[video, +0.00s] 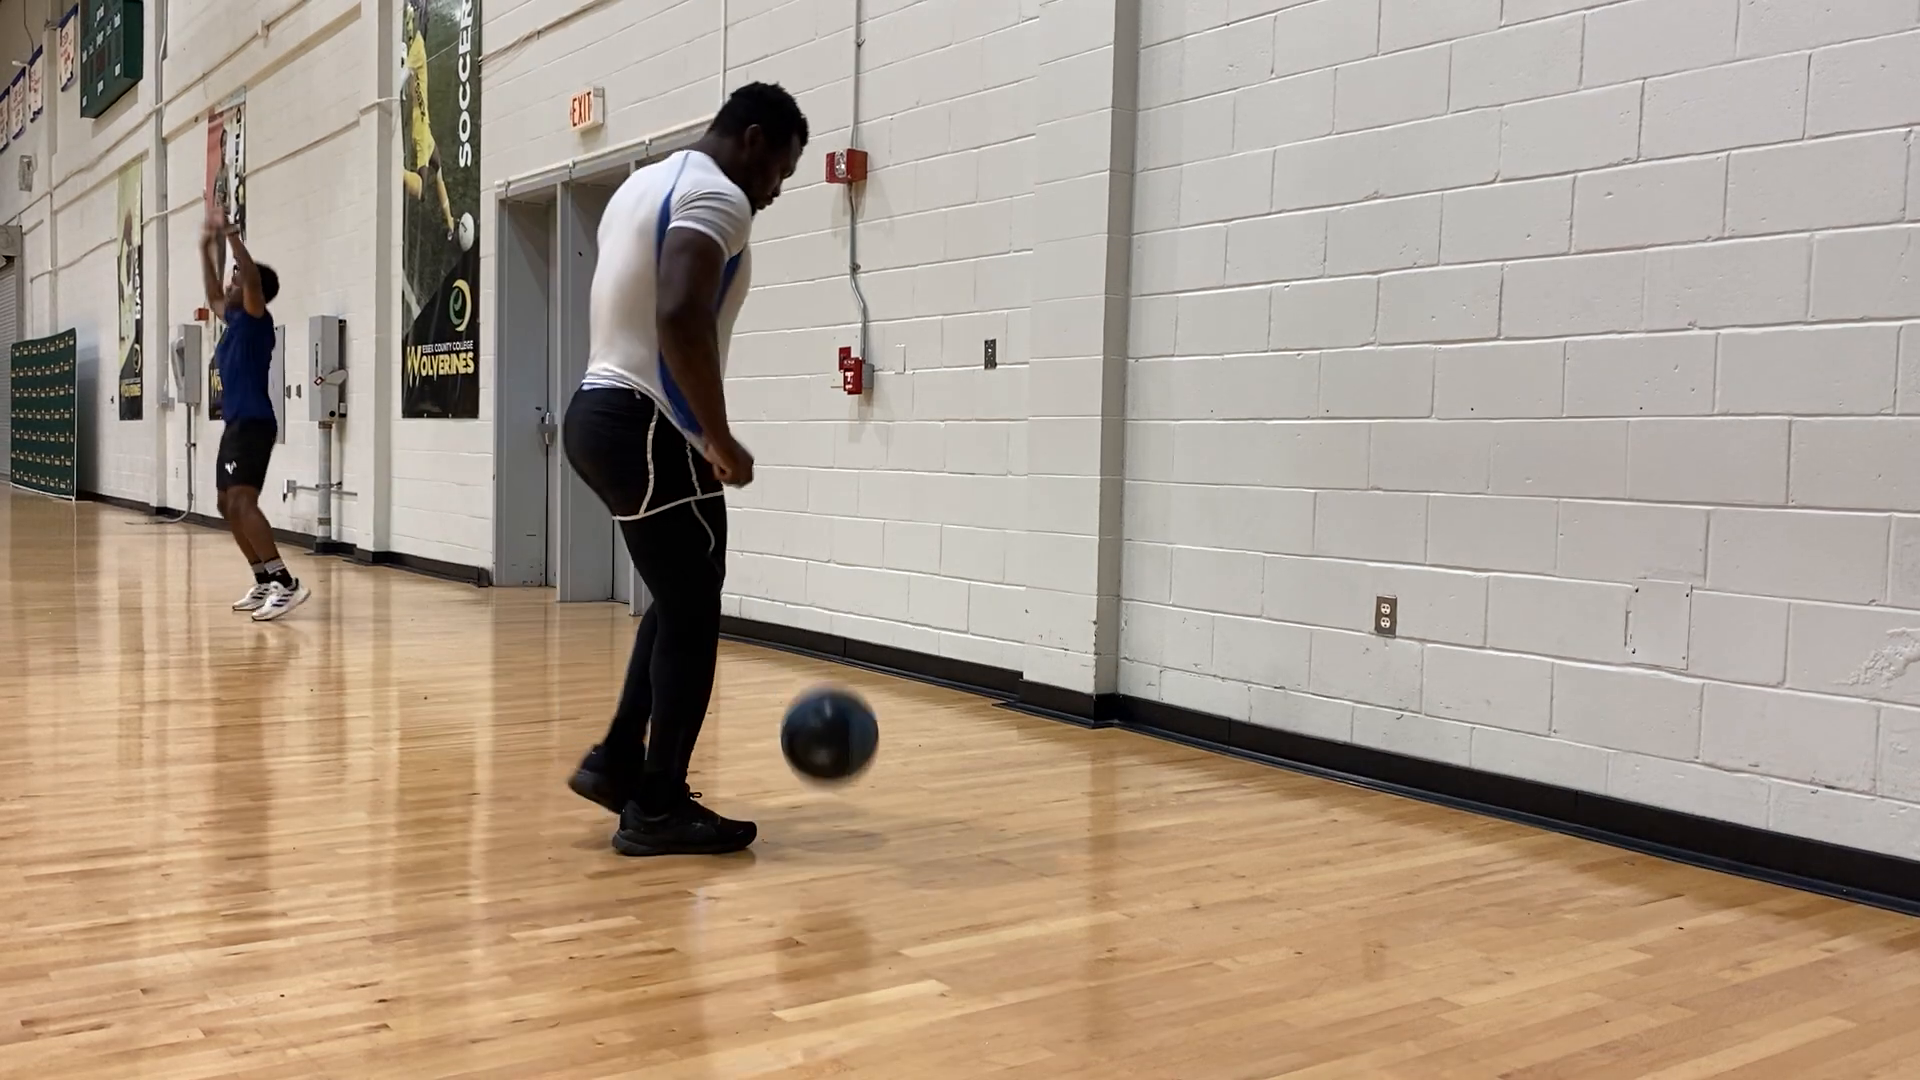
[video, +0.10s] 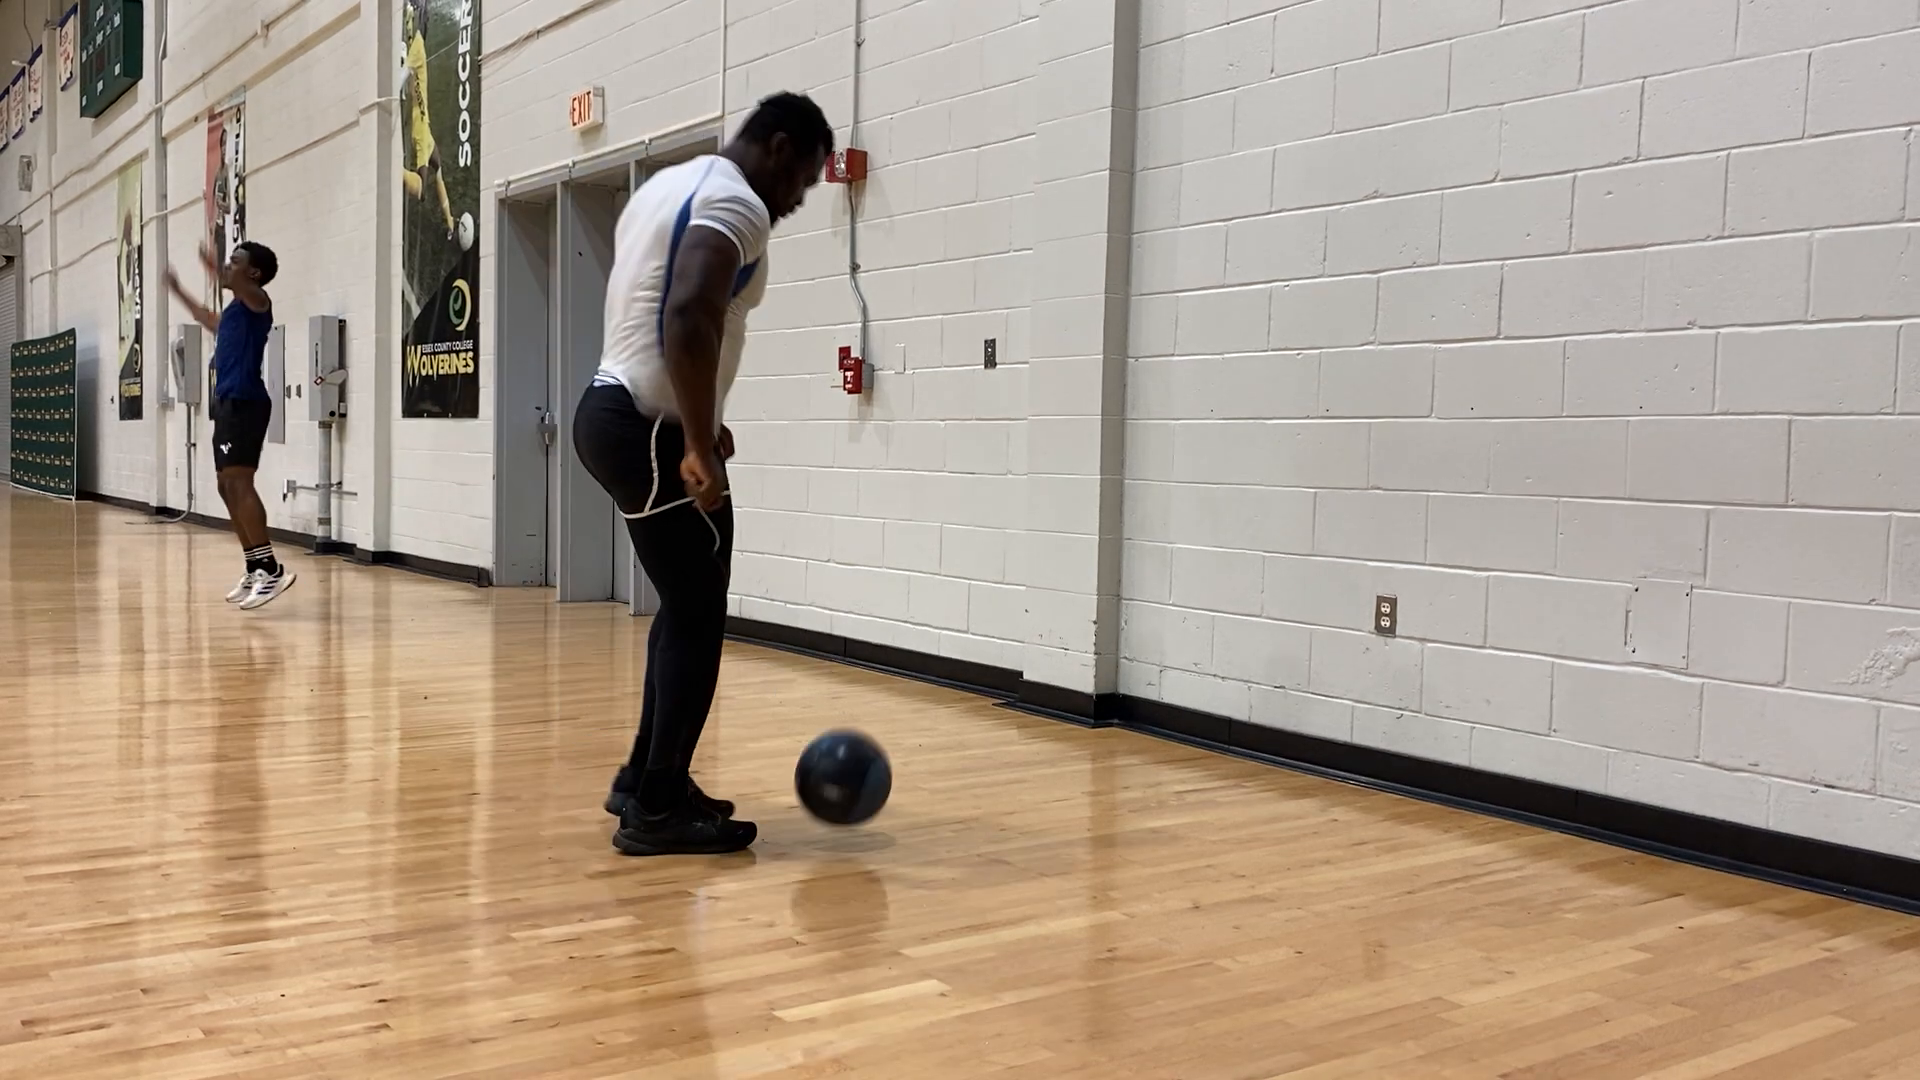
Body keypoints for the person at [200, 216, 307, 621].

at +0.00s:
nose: (230, 280)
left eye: (238, 276)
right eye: (232, 274)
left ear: (255, 289)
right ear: (234, 286)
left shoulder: (255, 320)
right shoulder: (233, 320)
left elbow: (250, 276)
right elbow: (214, 293)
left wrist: (231, 234)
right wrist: (207, 245)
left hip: (254, 424)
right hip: (235, 425)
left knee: (243, 502)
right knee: (227, 505)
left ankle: (284, 583)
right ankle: (263, 581)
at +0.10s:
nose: (227, 267)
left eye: (235, 262)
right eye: (228, 262)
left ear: (254, 272)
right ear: (234, 270)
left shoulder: (257, 303)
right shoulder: (232, 312)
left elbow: (241, 287)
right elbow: (209, 320)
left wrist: (215, 268)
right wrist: (177, 289)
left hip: (247, 403)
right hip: (228, 405)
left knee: (239, 485)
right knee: (226, 486)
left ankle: (271, 571)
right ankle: (254, 569)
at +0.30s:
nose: (210, 285)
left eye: (218, 282)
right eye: (212, 280)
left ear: (235, 294)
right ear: (223, 293)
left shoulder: (240, 328)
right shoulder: (223, 329)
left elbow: (261, 383)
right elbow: (225, 395)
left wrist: (235, 425)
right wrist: (202, 426)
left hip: (242, 425)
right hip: (226, 425)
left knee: (215, 506)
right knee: (214, 506)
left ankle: (255, 585)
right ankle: (254, 584)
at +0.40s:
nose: (203, 295)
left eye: (211, 290)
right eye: (206, 289)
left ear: (231, 303)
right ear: (223, 303)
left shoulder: (234, 340)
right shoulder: (218, 340)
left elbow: (253, 393)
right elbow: (222, 405)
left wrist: (218, 438)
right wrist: (199, 440)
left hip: (240, 438)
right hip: (227, 437)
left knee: (207, 514)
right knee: (203, 515)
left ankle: (257, 590)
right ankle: (254, 587)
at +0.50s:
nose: (205, 268)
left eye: (213, 265)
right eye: (208, 263)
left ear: (231, 277)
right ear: (222, 275)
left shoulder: (233, 309)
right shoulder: (216, 312)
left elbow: (240, 356)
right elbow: (213, 365)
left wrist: (191, 375)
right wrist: (173, 379)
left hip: (227, 410)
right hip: (211, 410)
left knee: (214, 491)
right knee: (205, 492)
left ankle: (244, 579)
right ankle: (244, 576)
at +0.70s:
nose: (195, 276)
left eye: (203, 270)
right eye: (196, 271)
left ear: (218, 277)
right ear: (205, 277)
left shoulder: (222, 306)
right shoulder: (199, 309)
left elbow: (214, 276)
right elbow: (181, 292)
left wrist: (183, 245)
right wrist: (171, 250)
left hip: (219, 409)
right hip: (200, 409)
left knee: (209, 492)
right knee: (190, 494)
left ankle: (234, 579)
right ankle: (215, 575)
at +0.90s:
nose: (179, 284)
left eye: (186, 279)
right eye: (181, 280)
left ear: (201, 287)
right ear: (188, 289)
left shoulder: (205, 314)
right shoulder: (186, 317)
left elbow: (210, 276)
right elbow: (174, 289)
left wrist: (195, 229)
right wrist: (164, 248)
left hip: (204, 423)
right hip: (188, 423)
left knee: (190, 505)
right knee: (175, 506)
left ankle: (234, 584)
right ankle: (217, 583)